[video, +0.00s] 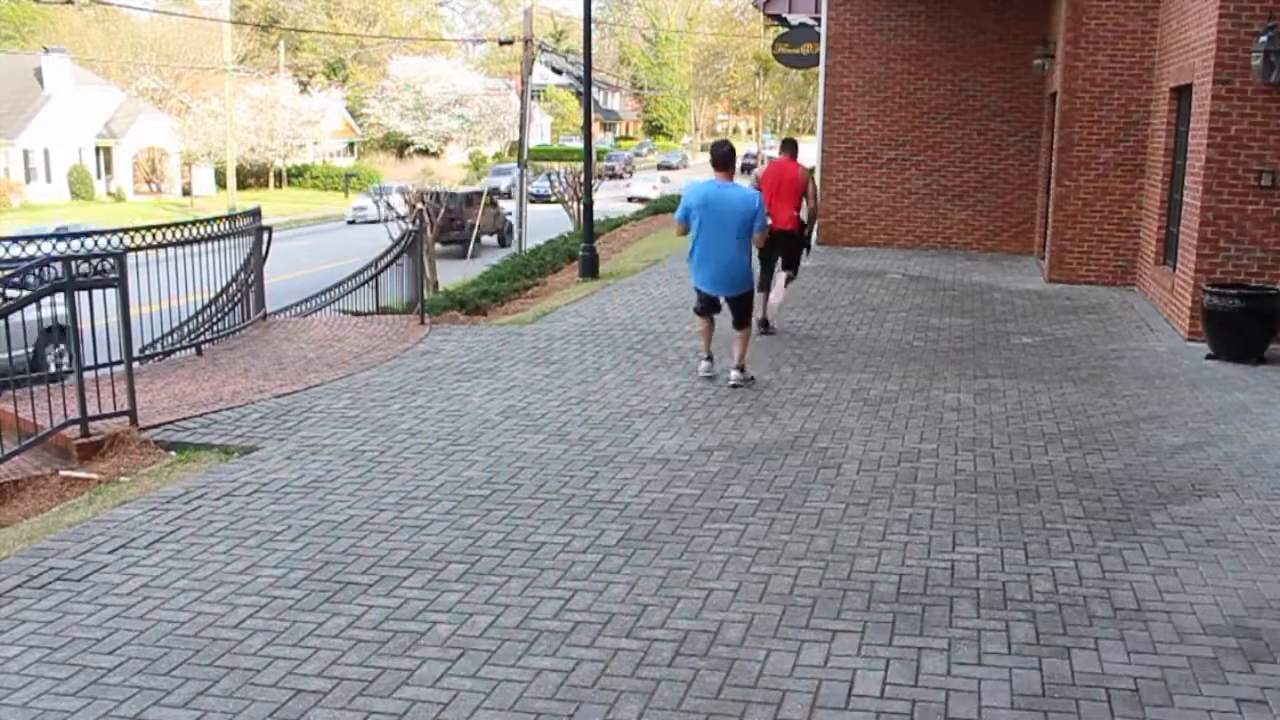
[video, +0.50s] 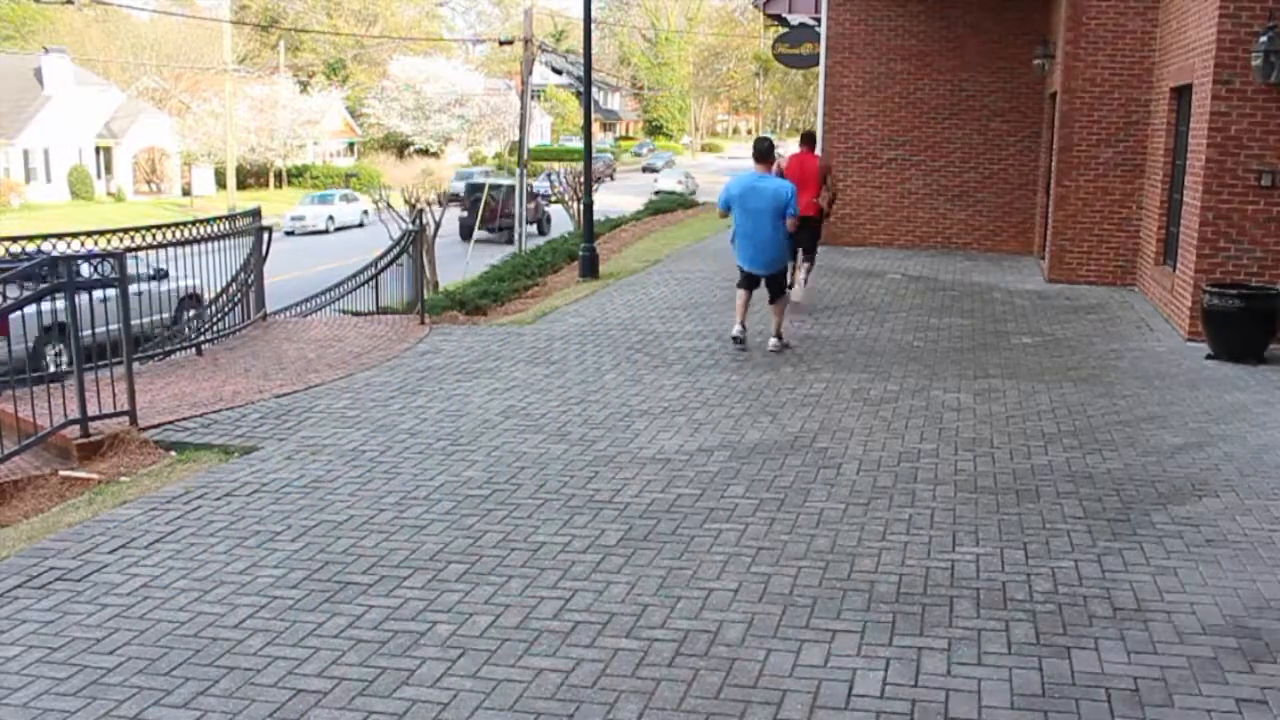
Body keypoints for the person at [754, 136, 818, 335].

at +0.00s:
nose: (790, 157)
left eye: (784, 152)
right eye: (794, 153)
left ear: (779, 151)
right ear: (796, 154)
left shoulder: (764, 171)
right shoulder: (803, 173)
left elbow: (753, 197)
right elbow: (812, 204)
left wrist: (756, 221)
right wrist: (809, 229)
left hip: (768, 226)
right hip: (792, 227)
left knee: (765, 272)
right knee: (791, 269)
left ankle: (762, 317)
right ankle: (777, 293)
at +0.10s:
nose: (793, 159)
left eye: (788, 154)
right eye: (798, 156)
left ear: (783, 154)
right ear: (800, 156)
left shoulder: (769, 173)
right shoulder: (807, 177)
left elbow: (759, 195)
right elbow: (815, 199)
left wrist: (761, 216)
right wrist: (811, 220)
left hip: (770, 224)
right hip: (795, 226)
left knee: (769, 273)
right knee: (797, 251)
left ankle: (763, 316)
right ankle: (789, 277)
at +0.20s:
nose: (800, 153)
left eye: (794, 148)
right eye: (805, 150)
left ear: (790, 148)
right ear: (807, 150)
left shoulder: (775, 166)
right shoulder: (812, 170)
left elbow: (762, 186)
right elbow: (818, 198)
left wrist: (767, 209)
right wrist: (818, 219)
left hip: (776, 219)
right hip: (801, 220)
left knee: (776, 259)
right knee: (801, 259)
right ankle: (791, 294)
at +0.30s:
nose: (806, 155)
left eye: (802, 151)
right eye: (808, 151)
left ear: (795, 151)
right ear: (811, 152)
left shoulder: (780, 170)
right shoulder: (818, 173)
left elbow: (768, 190)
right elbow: (824, 202)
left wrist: (771, 214)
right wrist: (825, 222)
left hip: (783, 221)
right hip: (805, 222)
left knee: (782, 253)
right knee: (801, 266)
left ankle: (780, 271)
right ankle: (791, 306)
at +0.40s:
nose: (806, 154)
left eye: (802, 150)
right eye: (810, 150)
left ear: (798, 150)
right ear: (814, 151)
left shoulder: (784, 167)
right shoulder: (821, 170)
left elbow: (770, 185)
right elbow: (829, 200)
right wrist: (821, 210)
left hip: (787, 214)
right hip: (808, 215)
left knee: (792, 243)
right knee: (802, 263)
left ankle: (791, 269)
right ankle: (793, 303)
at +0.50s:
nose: (806, 147)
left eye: (804, 144)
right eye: (810, 144)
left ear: (800, 144)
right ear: (815, 145)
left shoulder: (789, 161)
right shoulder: (822, 163)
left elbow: (780, 183)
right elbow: (830, 188)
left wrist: (782, 202)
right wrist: (828, 205)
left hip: (791, 208)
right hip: (813, 209)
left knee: (791, 246)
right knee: (810, 250)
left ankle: (790, 279)